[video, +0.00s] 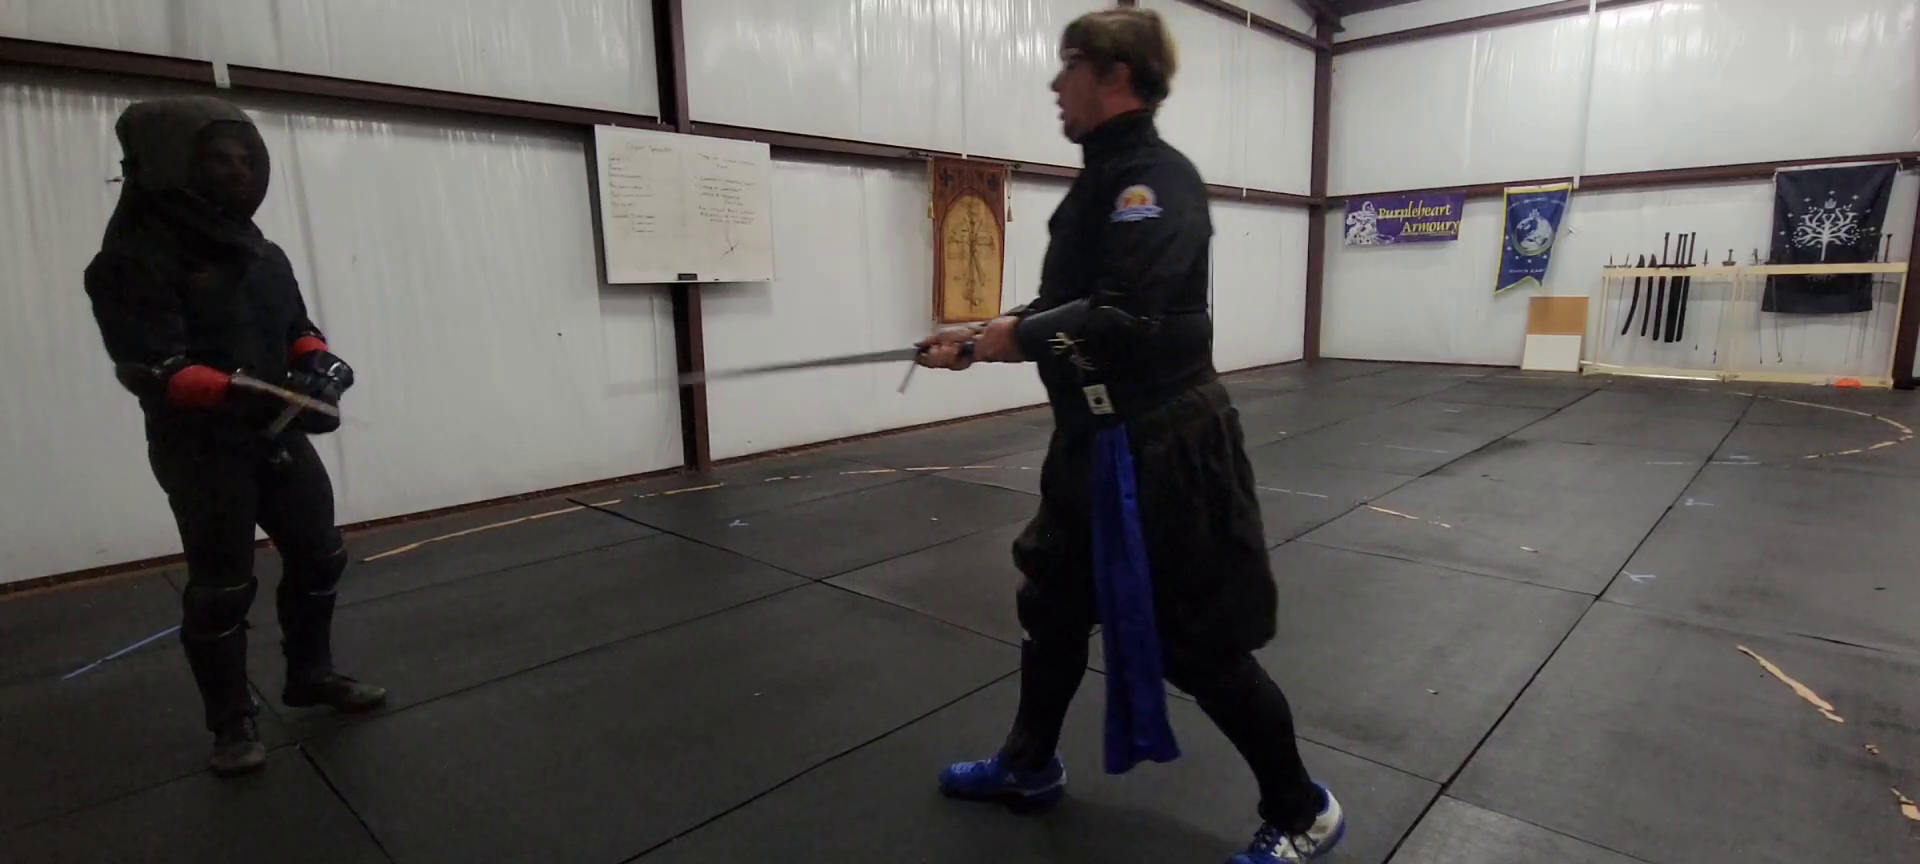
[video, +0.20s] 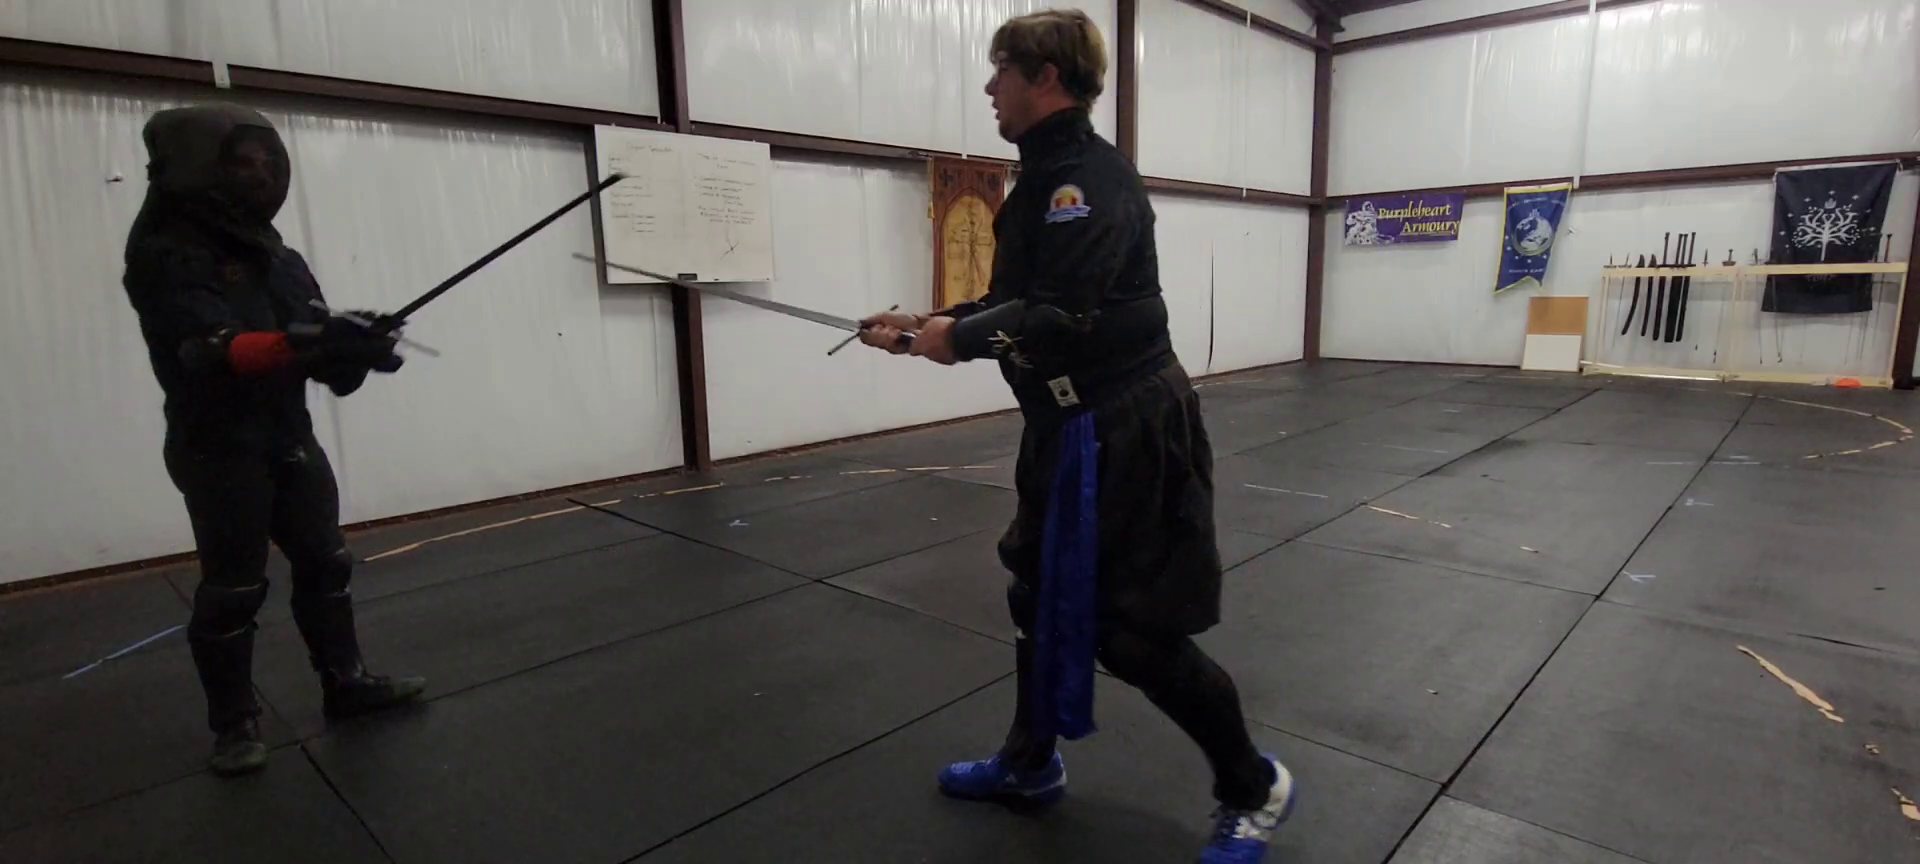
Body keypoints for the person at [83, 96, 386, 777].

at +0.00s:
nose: (239, 172)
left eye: (249, 159)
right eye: (220, 160)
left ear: (264, 169)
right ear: (181, 170)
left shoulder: (261, 253)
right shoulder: (134, 259)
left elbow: (294, 329)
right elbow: (146, 364)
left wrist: (316, 363)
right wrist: (228, 390)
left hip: (276, 428)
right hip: (198, 442)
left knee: (317, 550)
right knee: (221, 581)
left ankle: (310, 676)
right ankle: (232, 721)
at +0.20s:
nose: (260, 176)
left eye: (269, 164)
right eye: (243, 164)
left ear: (283, 171)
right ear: (208, 172)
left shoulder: (278, 256)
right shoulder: (166, 252)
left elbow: (314, 358)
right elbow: (200, 352)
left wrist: (352, 349)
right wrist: (307, 348)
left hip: (288, 435)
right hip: (215, 448)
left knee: (324, 560)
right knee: (232, 586)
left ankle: (345, 684)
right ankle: (234, 724)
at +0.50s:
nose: (308, 183)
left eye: (316, 171)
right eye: (292, 170)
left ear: (327, 182)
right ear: (255, 178)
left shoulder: (324, 263)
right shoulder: (225, 255)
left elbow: (370, 341)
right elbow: (276, 322)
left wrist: (411, 322)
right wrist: (376, 316)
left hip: (347, 436)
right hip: (282, 445)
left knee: (359, 565)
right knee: (311, 579)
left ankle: (351, 686)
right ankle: (250, 720)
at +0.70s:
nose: (333, 183)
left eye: (340, 173)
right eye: (318, 170)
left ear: (350, 183)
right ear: (283, 177)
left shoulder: (346, 260)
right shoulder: (253, 249)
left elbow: (395, 343)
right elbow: (298, 323)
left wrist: (431, 323)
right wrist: (394, 319)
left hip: (366, 436)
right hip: (308, 442)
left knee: (365, 569)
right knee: (359, 575)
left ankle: (358, 684)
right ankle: (347, 728)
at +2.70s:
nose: (358, 184)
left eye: (365, 170)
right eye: (340, 172)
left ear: (378, 178)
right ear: (307, 182)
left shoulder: (371, 252)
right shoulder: (293, 257)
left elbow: (409, 331)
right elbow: (358, 328)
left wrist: (472, 343)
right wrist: (474, 321)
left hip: (389, 444)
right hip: (351, 450)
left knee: (362, 574)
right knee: (422, 583)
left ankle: (349, 690)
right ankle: (415, 728)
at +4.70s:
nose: (367, 179)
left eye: (369, 167)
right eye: (349, 167)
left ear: (372, 175)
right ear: (309, 178)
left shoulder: (351, 248)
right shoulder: (302, 258)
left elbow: (398, 336)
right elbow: (372, 343)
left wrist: (471, 375)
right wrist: (479, 385)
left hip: (375, 440)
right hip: (350, 446)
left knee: (358, 569)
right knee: (405, 581)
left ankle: (349, 688)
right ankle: (414, 725)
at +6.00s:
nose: (355, 182)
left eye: (360, 170)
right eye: (339, 170)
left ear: (365, 180)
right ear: (304, 181)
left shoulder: (353, 248)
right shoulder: (286, 255)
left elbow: (393, 329)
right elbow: (349, 336)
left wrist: (459, 353)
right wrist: (464, 346)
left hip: (380, 436)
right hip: (341, 442)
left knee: (359, 568)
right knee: (392, 581)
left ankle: (349, 687)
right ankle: (411, 724)